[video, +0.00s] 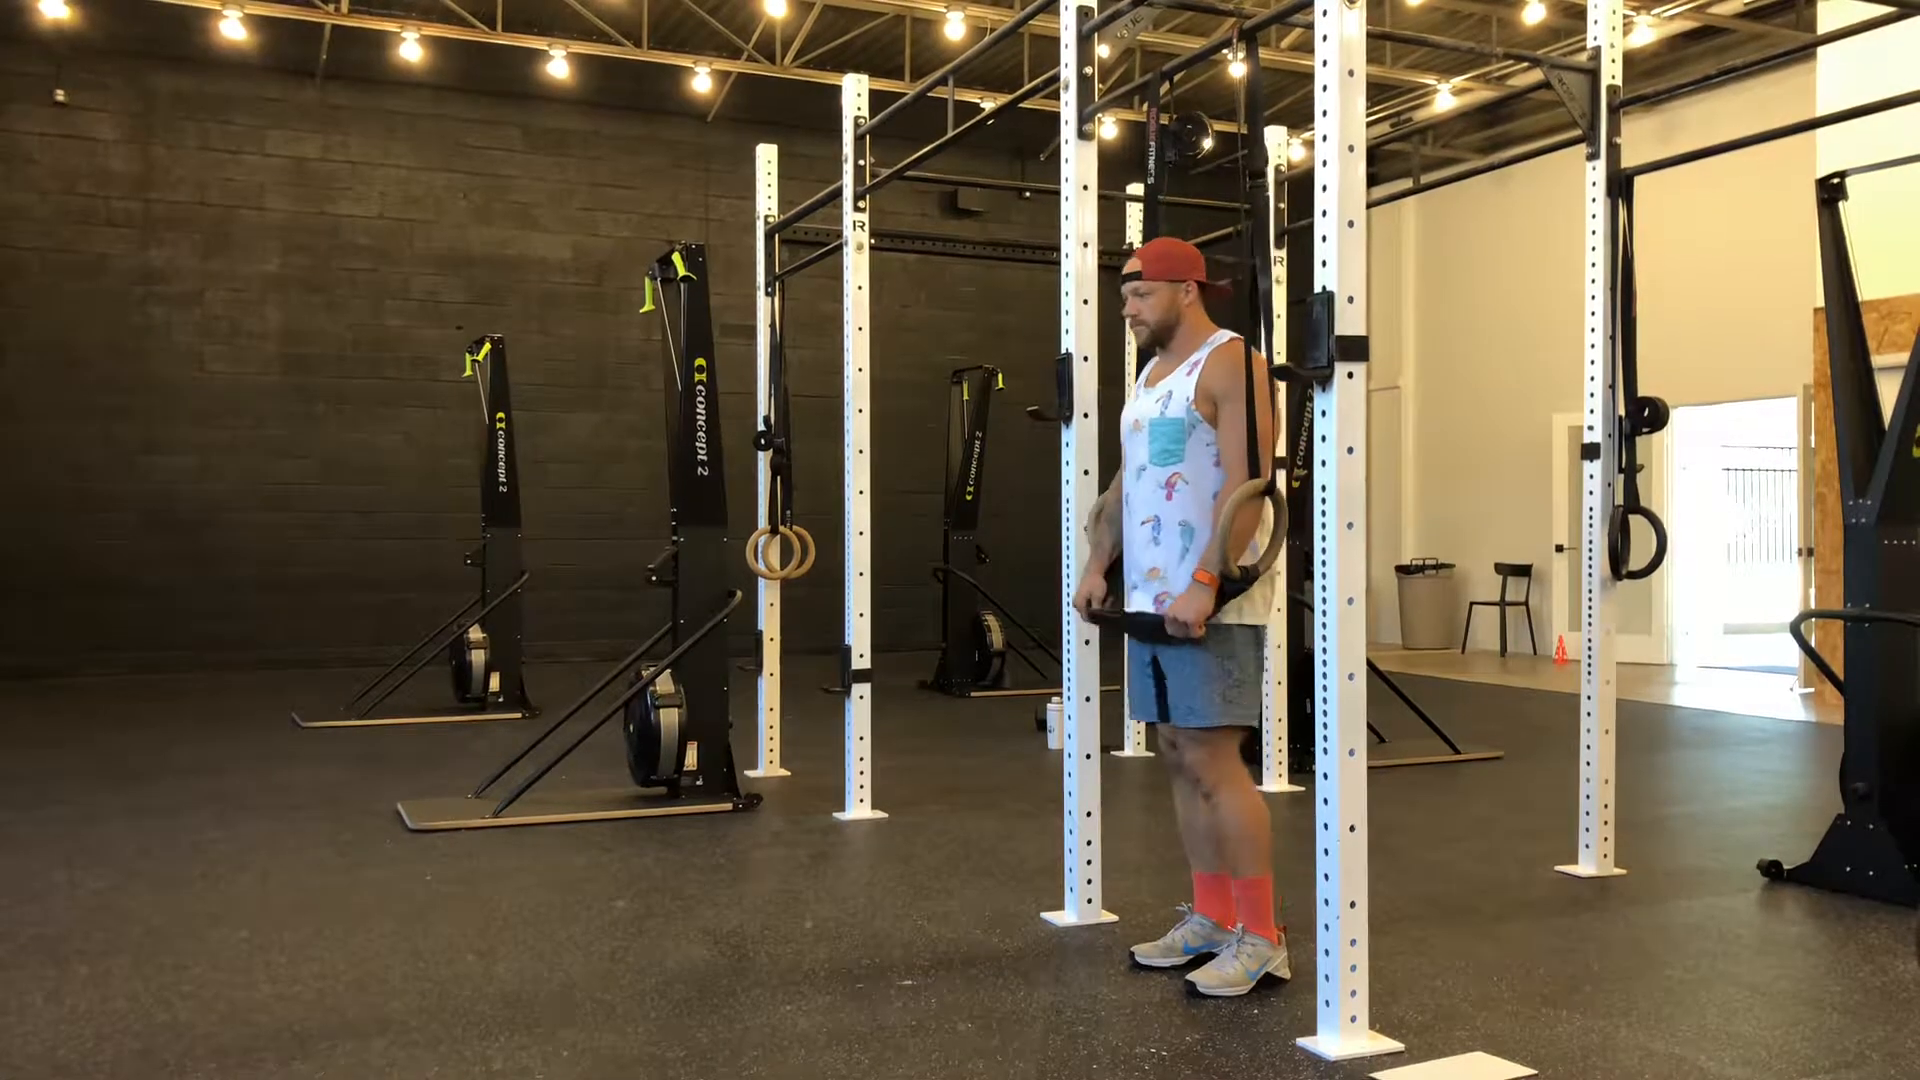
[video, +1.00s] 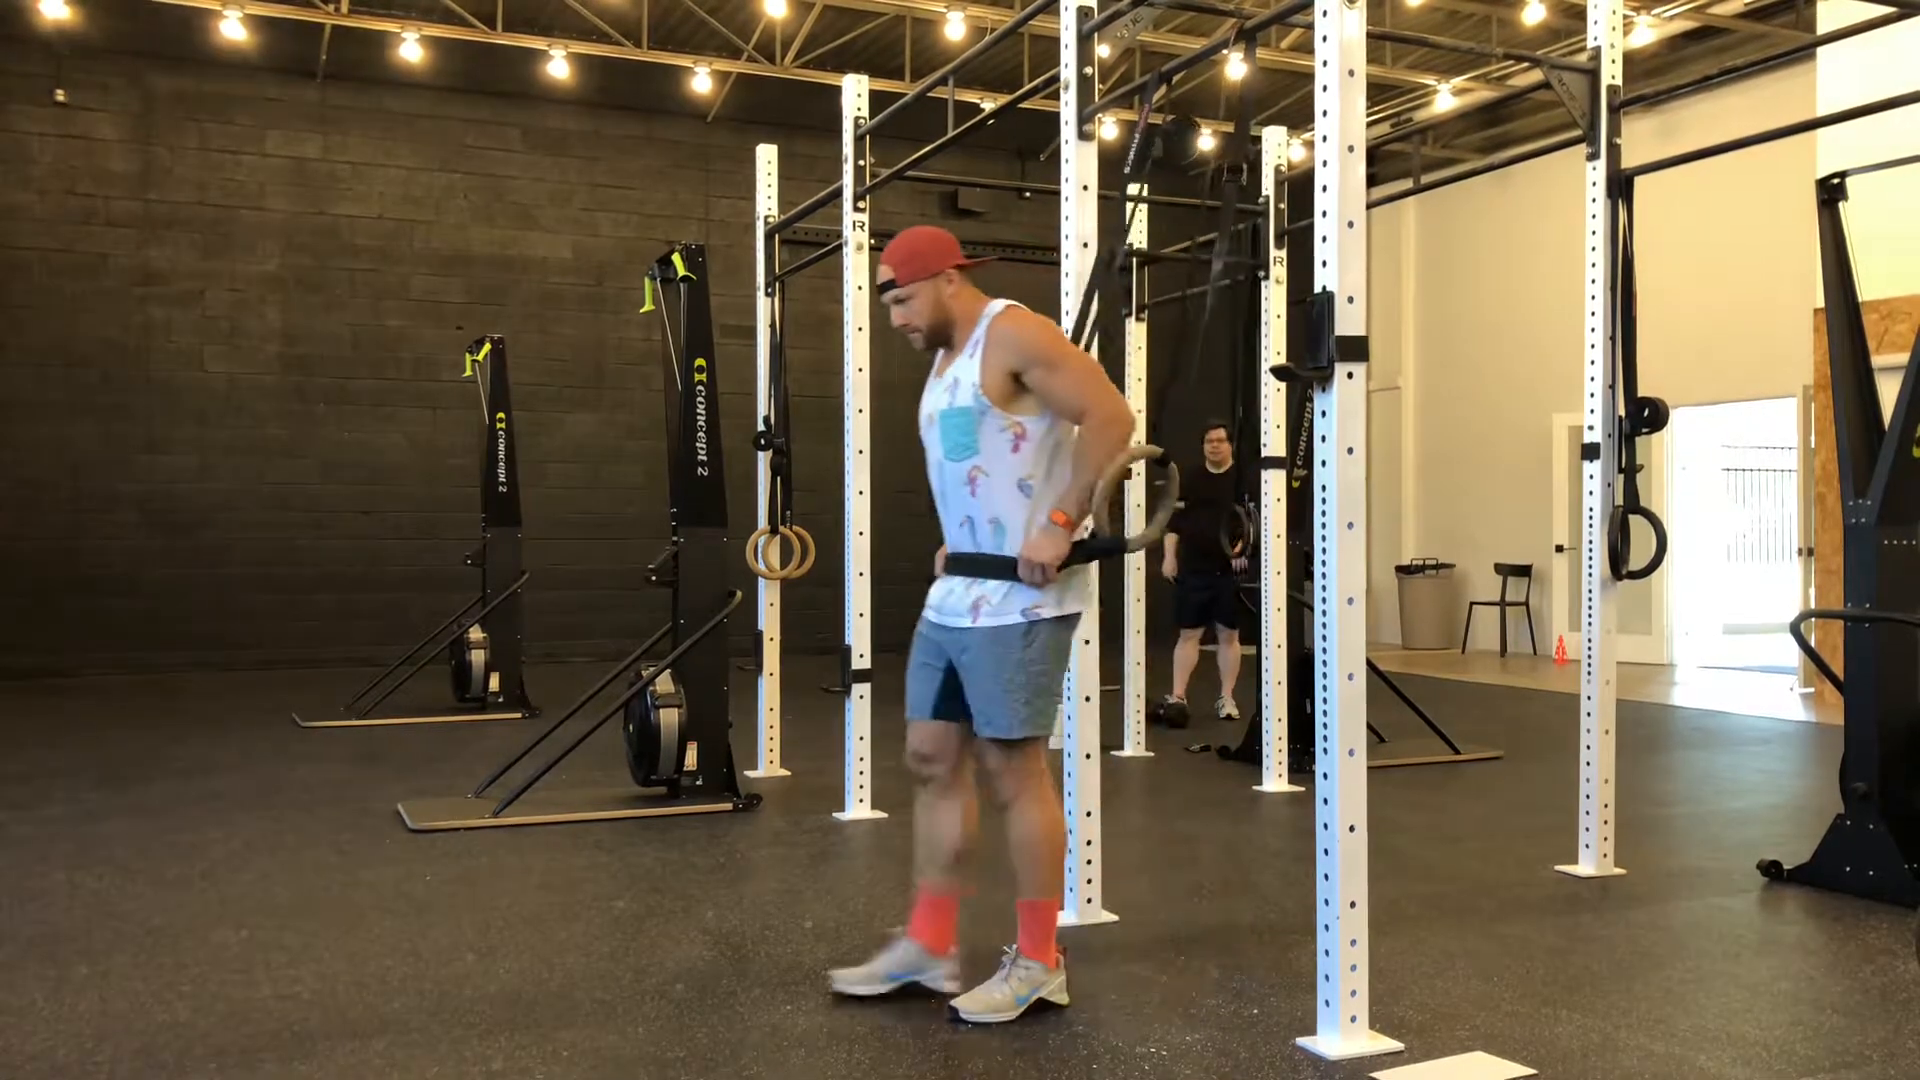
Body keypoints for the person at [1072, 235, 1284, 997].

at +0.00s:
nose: (1128, 301)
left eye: (1141, 288)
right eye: (1126, 289)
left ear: (1185, 292)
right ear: (1145, 299)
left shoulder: (1232, 364)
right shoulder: (1149, 375)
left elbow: (1249, 485)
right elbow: (1130, 481)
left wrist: (1208, 579)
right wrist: (1097, 559)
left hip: (1214, 601)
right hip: (1155, 600)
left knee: (1215, 762)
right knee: (1182, 760)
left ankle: (1261, 937)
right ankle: (1213, 921)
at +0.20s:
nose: (1107, 309)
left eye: (1118, 295)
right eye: (1104, 297)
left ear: (1163, 298)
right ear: (1124, 304)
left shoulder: (1210, 363)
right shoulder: (1131, 377)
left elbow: (1243, 480)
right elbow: (1110, 477)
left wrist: (1187, 565)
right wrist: (1076, 544)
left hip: (1197, 591)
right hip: (1149, 589)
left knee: (1133, 742)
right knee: (1187, 754)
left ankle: (1207, 919)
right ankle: (1219, 917)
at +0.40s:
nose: (1061, 316)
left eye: (1073, 302)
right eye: (1057, 304)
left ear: (1122, 305)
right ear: (1088, 313)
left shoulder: (1175, 374)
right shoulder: (1090, 379)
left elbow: (1212, 488)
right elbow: (1082, 481)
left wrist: (1156, 558)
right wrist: (1048, 535)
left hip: (1158, 606)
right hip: (1114, 603)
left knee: (1101, 757)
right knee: (1171, 756)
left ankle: (1061, 947)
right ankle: (1217, 920)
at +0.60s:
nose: (994, 320)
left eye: (1005, 305)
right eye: (991, 307)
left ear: (1055, 301)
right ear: (1029, 309)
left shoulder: (1115, 368)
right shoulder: (1034, 381)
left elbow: (1190, 465)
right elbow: (1048, 486)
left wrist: (1118, 542)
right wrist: (1011, 540)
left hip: (1098, 596)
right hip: (1056, 594)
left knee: (1030, 757)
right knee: (1094, 762)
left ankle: (1038, 959)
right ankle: (1193, 894)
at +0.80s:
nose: (942, 314)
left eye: (951, 296)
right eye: (938, 299)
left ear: (998, 286)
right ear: (981, 294)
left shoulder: (1067, 349)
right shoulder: (995, 365)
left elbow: (1150, 436)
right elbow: (1037, 469)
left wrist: (1087, 523)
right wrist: (992, 530)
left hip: (1057, 597)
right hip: (998, 591)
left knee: (1027, 764)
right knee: (975, 751)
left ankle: (1038, 964)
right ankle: (1109, 870)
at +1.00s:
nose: (893, 313)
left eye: (900, 294)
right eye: (888, 298)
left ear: (947, 280)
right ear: (930, 288)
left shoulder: (1016, 335)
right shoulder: (943, 367)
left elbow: (1111, 418)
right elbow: (983, 474)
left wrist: (1060, 521)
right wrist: (953, 554)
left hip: (1017, 602)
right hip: (955, 598)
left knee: (1017, 768)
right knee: (934, 757)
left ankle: (1036, 962)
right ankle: (929, 947)